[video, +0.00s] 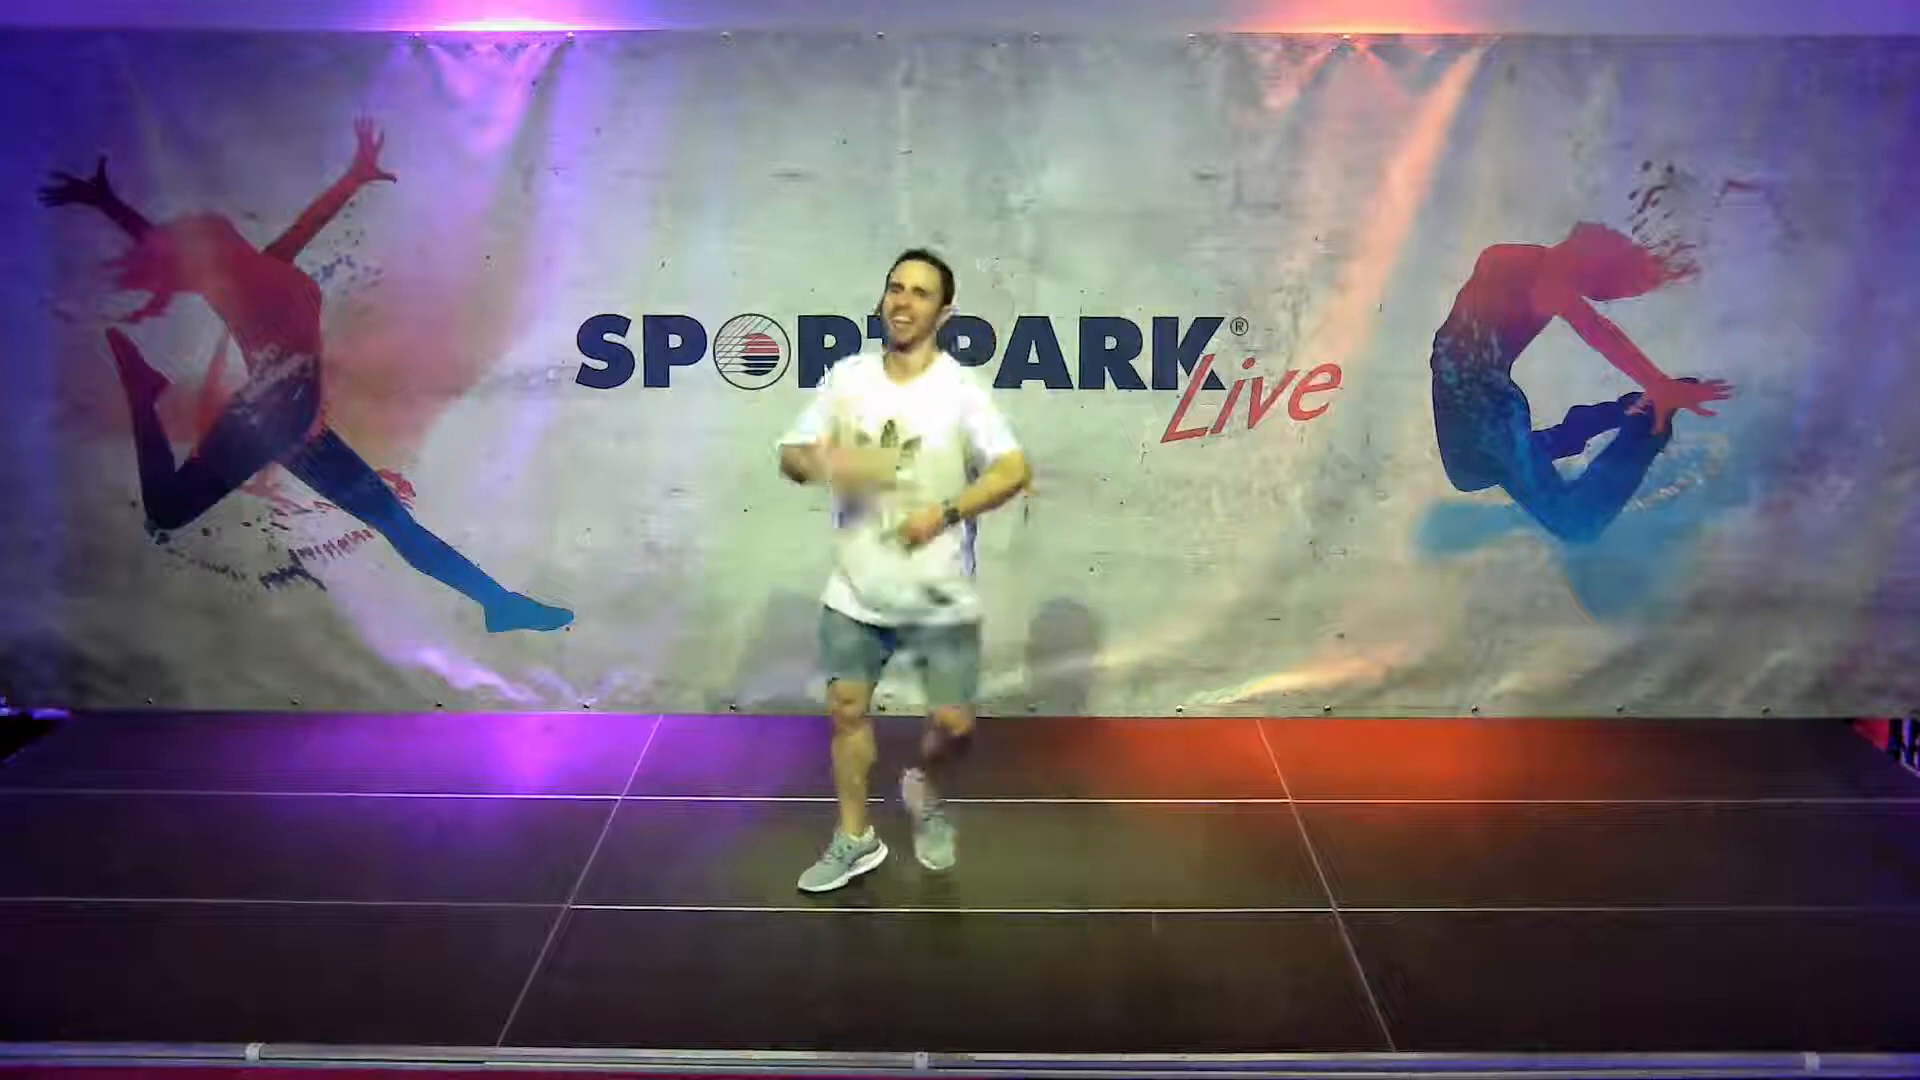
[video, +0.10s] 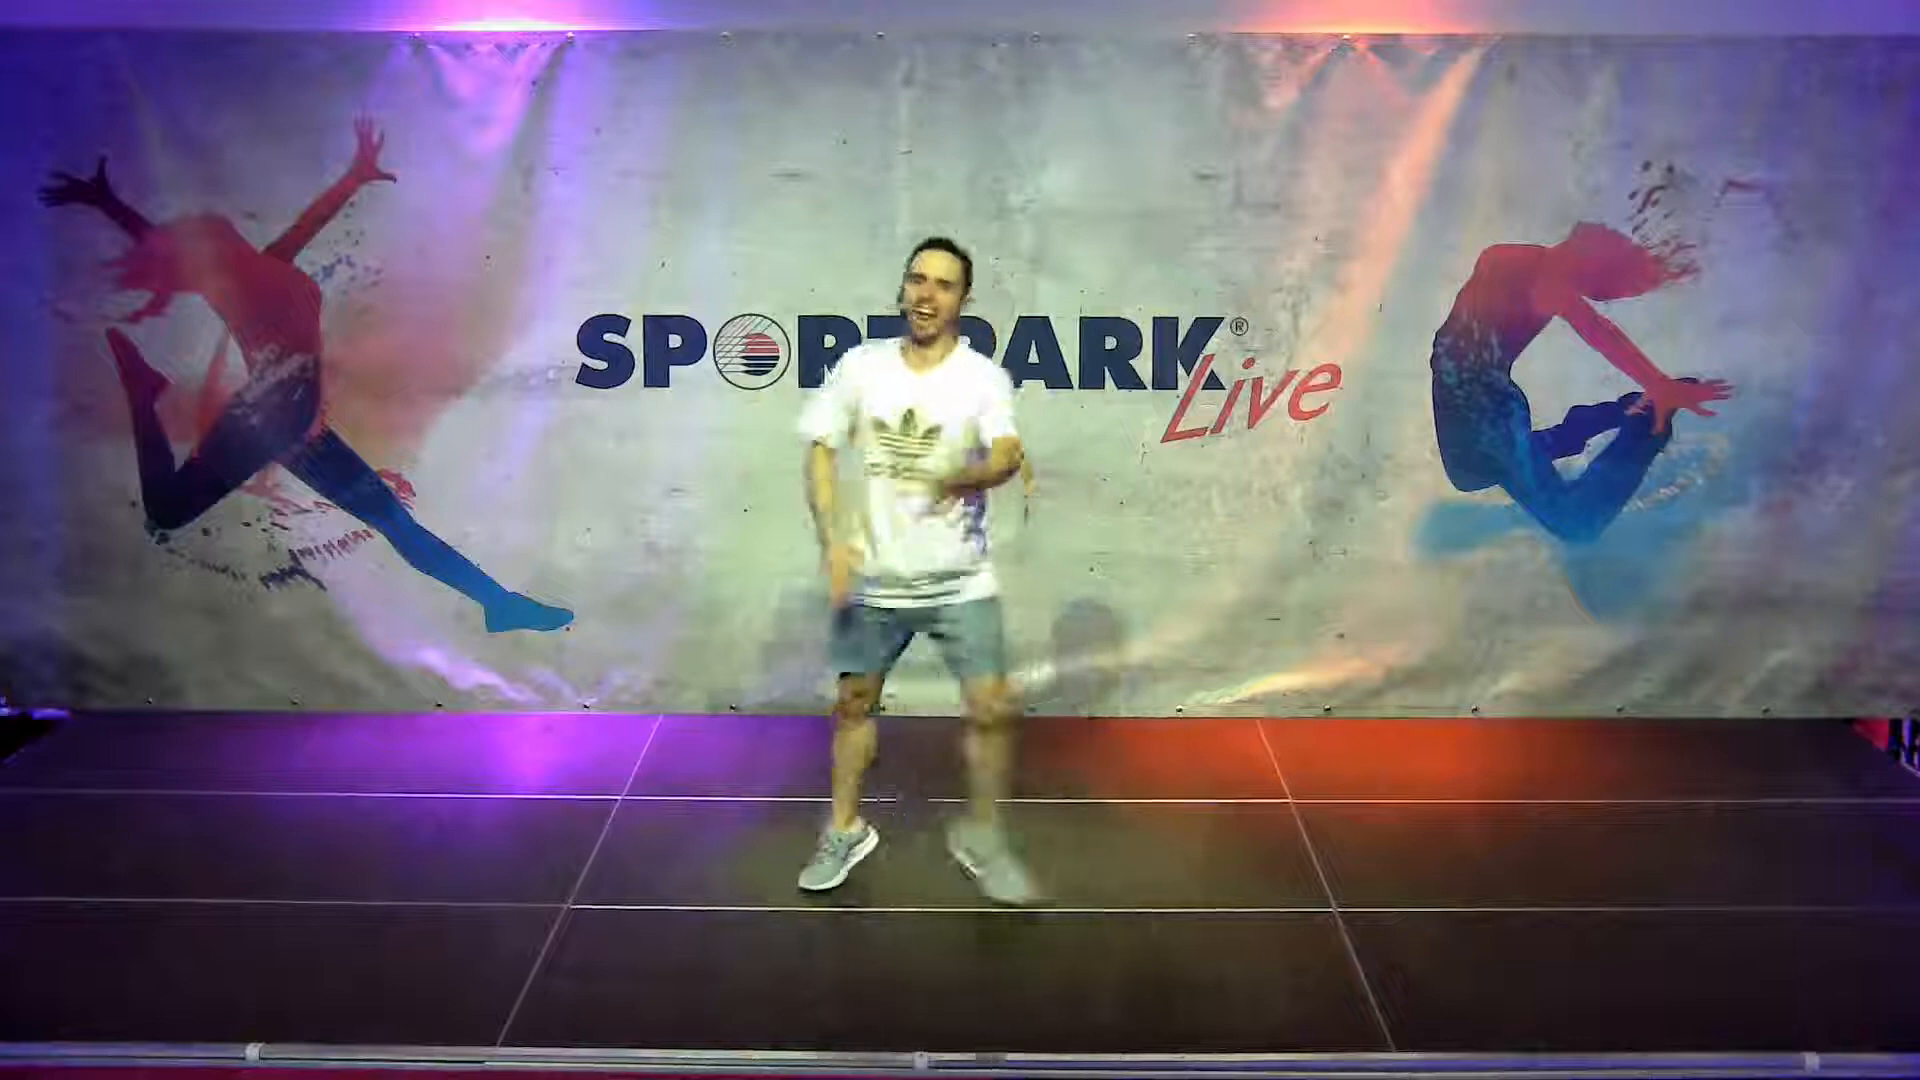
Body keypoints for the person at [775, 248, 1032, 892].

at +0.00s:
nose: (903, 302)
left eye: (919, 294)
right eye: (895, 289)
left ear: (942, 310)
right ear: (882, 300)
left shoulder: (964, 389)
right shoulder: (846, 379)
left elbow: (1013, 470)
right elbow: (792, 458)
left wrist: (945, 513)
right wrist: (835, 466)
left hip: (940, 588)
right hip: (859, 583)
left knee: (955, 725)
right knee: (845, 708)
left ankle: (922, 790)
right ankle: (854, 835)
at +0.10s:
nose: (925, 294)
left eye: (942, 285)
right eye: (917, 281)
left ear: (963, 300)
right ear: (902, 289)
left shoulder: (984, 379)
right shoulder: (860, 368)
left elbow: (1008, 457)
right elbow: (818, 451)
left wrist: (966, 479)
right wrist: (833, 542)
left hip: (962, 582)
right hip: (874, 580)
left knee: (992, 705)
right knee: (853, 702)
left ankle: (982, 835)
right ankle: (844, 831)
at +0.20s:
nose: (966, 327)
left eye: (982, 318)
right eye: (955, 313)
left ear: (997, 330)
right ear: (935, 318)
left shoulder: (1008, 404)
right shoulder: (885, 398)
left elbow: (1032, 478)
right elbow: (852, 503)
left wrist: (1026, 426)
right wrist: (829, 597)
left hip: (975, 604)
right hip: (885, 600)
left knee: (1021, 735)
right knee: (865, 729)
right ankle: (848, 840)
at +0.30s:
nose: (999, 340)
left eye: (1013, 331)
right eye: (988, 327)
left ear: (1028, 345)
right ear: (965, 335)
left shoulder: (1041, 424)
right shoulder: (922, 418)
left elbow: (1097, 491)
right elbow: (877, 510)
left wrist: (1062, 420)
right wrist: (841, 588)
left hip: (1016, 623)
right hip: (926, 624)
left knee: (1062, 744)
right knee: (879, 742)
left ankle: (1102, 895)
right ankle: (849, 834)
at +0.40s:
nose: (1022, 333)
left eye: (1036, 322)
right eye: (1011, 319)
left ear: (1052, 335)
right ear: (988, 328)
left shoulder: (1072, 417)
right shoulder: (946, 416)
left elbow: (1145, 482)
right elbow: (900, 507)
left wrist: (1095, 463)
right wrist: (854, 580)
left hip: (1046, 618)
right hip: (955, 621)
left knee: (1085, 747)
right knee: (903, 749)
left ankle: (1105, 898)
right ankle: (861, 830)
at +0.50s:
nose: (1049, 319)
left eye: (1063, 309)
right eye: (1038, 306)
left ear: (1079, 324)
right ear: (1016, 316)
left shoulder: (1103, 408)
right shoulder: (973, 402)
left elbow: (1181, 479)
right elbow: (924, 498)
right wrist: (875, 574)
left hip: (1075, 613)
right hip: (982, 611)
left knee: (1097, 743)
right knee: (949, 742)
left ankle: (1106, 895)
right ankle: (943, 853)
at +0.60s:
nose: (1082, 317)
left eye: (1096, 306)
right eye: (1070, 303)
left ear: (1113, 321)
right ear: (1048, 313)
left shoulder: (1135, 416)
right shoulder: (1001, 402)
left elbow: (1192, 500)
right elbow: (948, 495)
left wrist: (1203, 591)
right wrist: (884, 566)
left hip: (1094, 610)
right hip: (1010, 610)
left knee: (1114, 747)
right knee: (1039, 749)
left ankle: (1110, 903)